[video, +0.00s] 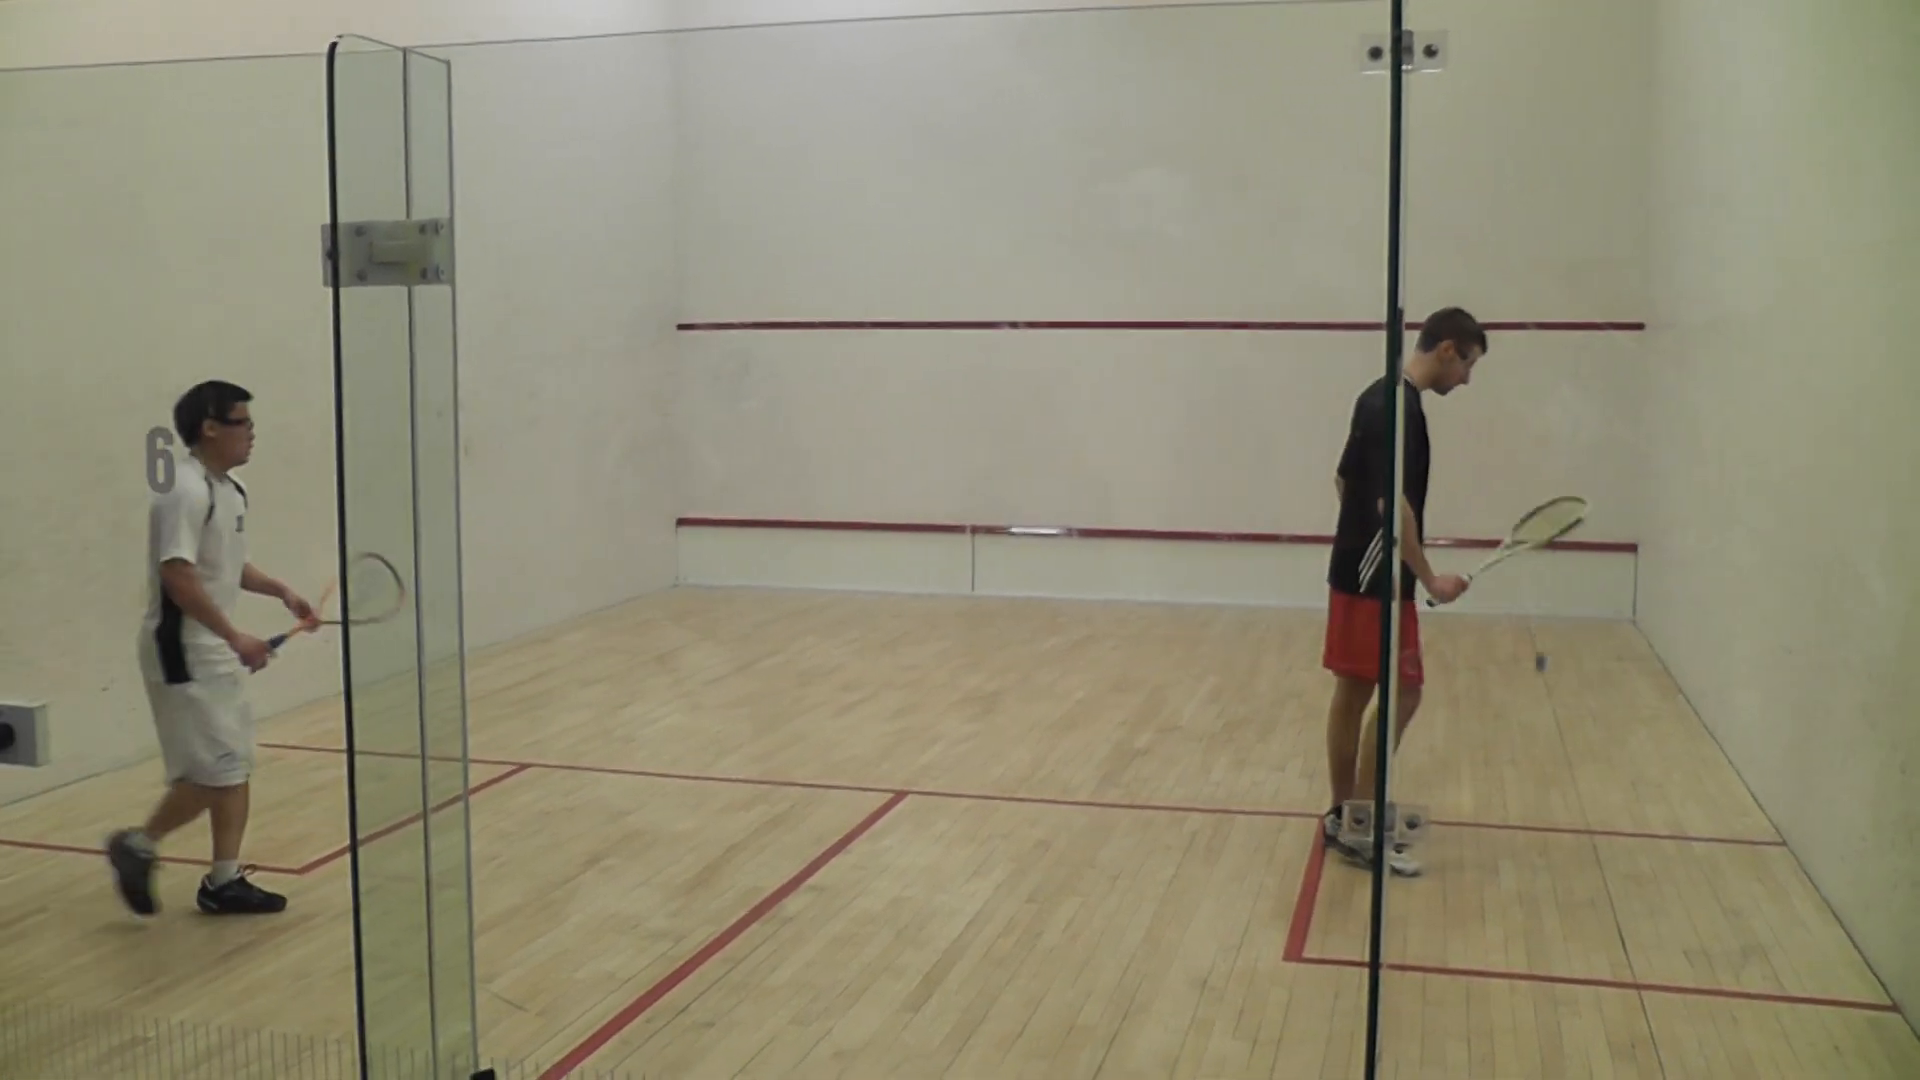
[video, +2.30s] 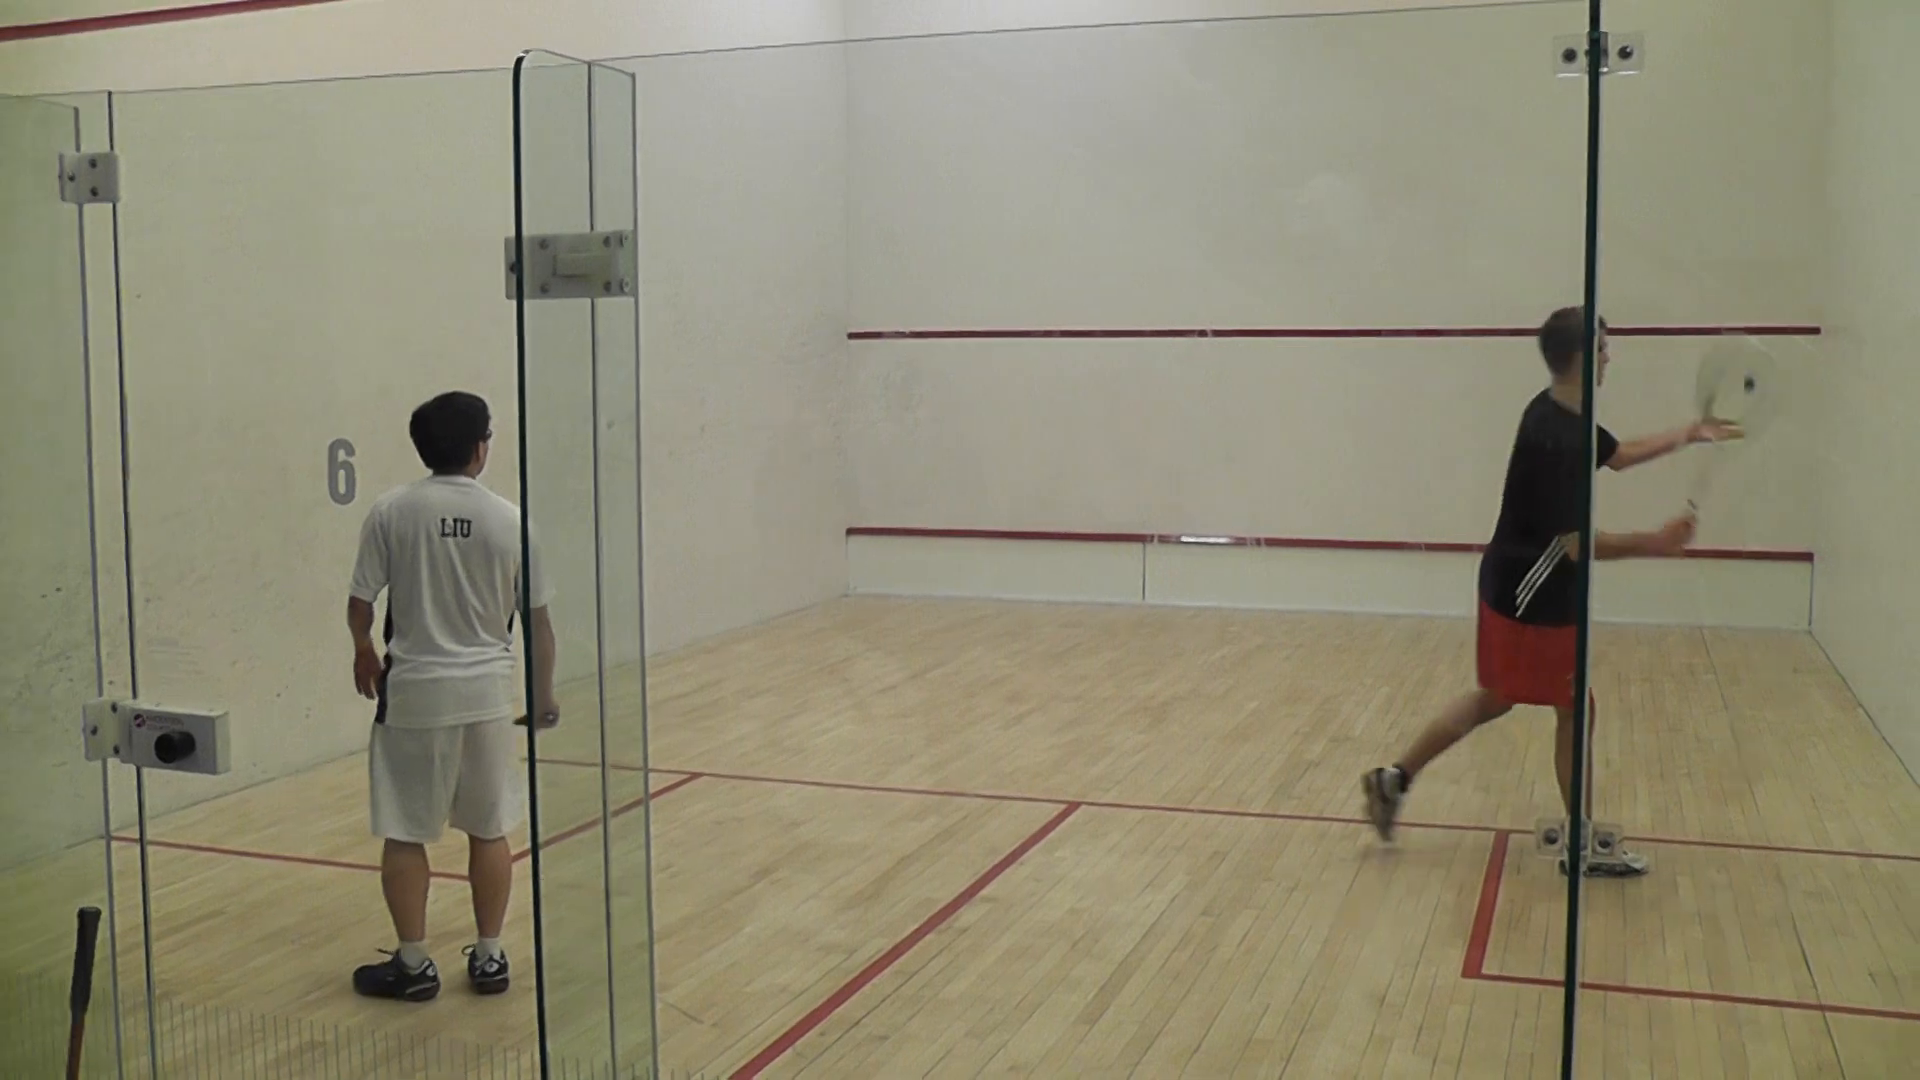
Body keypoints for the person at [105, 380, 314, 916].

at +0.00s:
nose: (251, 432)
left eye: (250, 422)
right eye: (240, 423)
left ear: (220, 431)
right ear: (206, 430)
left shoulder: (230, 491)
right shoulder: (184, 488)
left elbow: (227, 567)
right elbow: (177, 577)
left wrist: (283, 592)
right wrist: (235, 637)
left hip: (216, 643)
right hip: (181, 646)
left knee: (234, 762)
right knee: (212, 768)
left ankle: (224, 879)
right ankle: (137, 845)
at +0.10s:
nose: (277, 428)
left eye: (276, 418)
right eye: (267, 419)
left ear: (242, 426)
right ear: (234, 425)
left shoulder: (239, 481)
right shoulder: (219, 483)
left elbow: (242, 563)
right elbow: (218, 571)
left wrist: (293, 587)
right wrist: (273, 635)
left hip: (221, 644)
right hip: (208, 647)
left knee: (246, 759)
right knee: (261, 759)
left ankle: (232, 873)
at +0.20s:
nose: (301, 434)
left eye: (300, 423)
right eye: (291, 424)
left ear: (255, 432)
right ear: (260, 430)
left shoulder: (228, 480)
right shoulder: (262, 491)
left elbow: (252, 573)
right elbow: (266, 586)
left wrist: (295, 605)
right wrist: (312, 647)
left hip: (208, 652)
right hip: (243, 659)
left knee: (243, 766)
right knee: (283, 775)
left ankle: (235, 877)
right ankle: (299, 905)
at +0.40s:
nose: (341, 446)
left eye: (340, 435)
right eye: (334, 436)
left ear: (289, 441)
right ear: (304, 440)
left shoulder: (231, 492)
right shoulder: (323, 503)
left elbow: (206, 573)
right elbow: (338, 597)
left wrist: (257, 602)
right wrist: (368, 671)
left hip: (233, 667)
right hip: (296, 671)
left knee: (259, 778)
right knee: (322, 789)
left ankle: (257, 895)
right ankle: (321, 913)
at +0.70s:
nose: (381, 448)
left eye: (379, 437)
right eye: (374, 439)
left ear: (320, 446)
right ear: (348, 445)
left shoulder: (273, 506)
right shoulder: (382, 510)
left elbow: (258, 596)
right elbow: (410, 603)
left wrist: (318, 607)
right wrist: (443, 679)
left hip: (302, 688)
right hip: (376, 685)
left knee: (310, 815)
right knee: (391, 796)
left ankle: (321, 951)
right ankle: (383, 915)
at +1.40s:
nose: (450, 440)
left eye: (449, 431)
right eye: (447, 432)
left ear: (381, 438)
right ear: (432, 440)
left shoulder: (343, 499)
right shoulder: (466, 507)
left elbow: (311, 581)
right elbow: (490, 599)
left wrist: (328, 627)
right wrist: (495, 675)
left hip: (370, 694)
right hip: (447, 689)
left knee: (373, 824)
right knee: (452, 819)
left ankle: (380, 956)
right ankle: (460, 946)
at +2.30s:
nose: (490, 447)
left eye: (487, 437)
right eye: (488, 439)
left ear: (423, 449)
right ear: (479, 450)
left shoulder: (390, 513)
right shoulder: (509, 519)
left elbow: (360, 602)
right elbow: (539, 618)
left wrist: (363, 654)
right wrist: (545, 692)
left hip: (413, 704)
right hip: (490, 701)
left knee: (404, 832)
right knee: (490, 829)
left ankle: (412, 963)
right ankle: (489, 955)